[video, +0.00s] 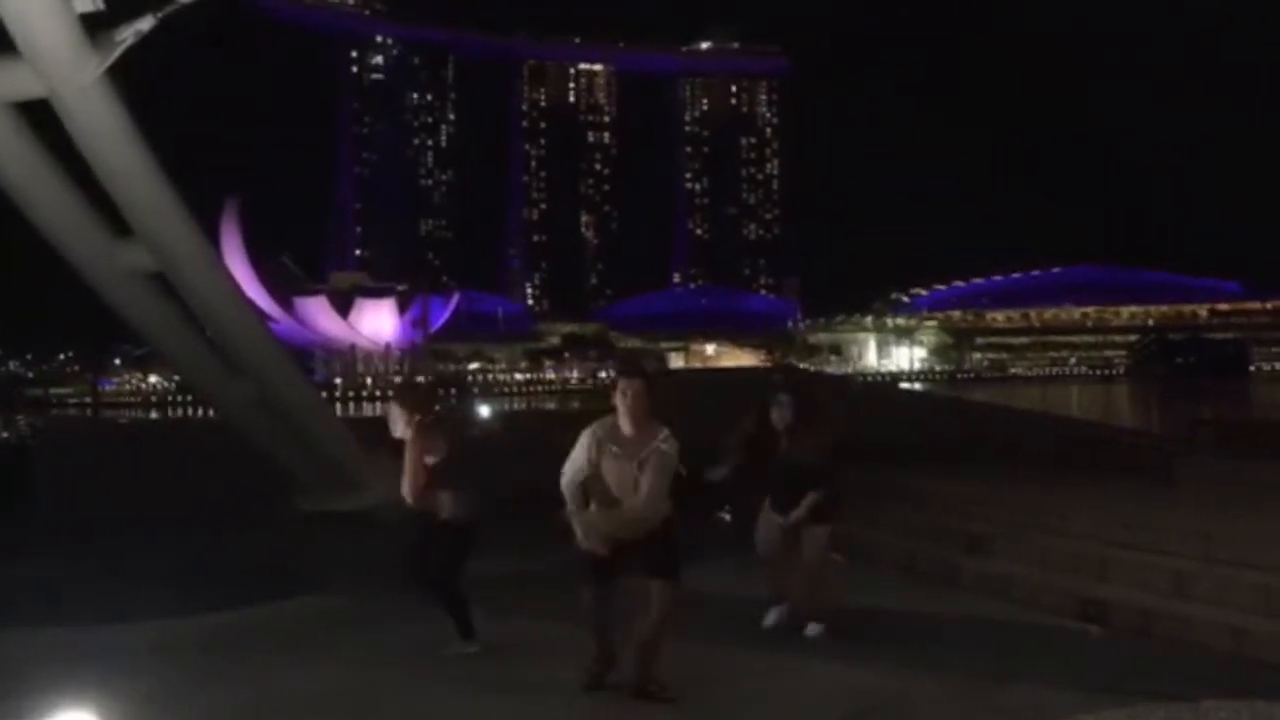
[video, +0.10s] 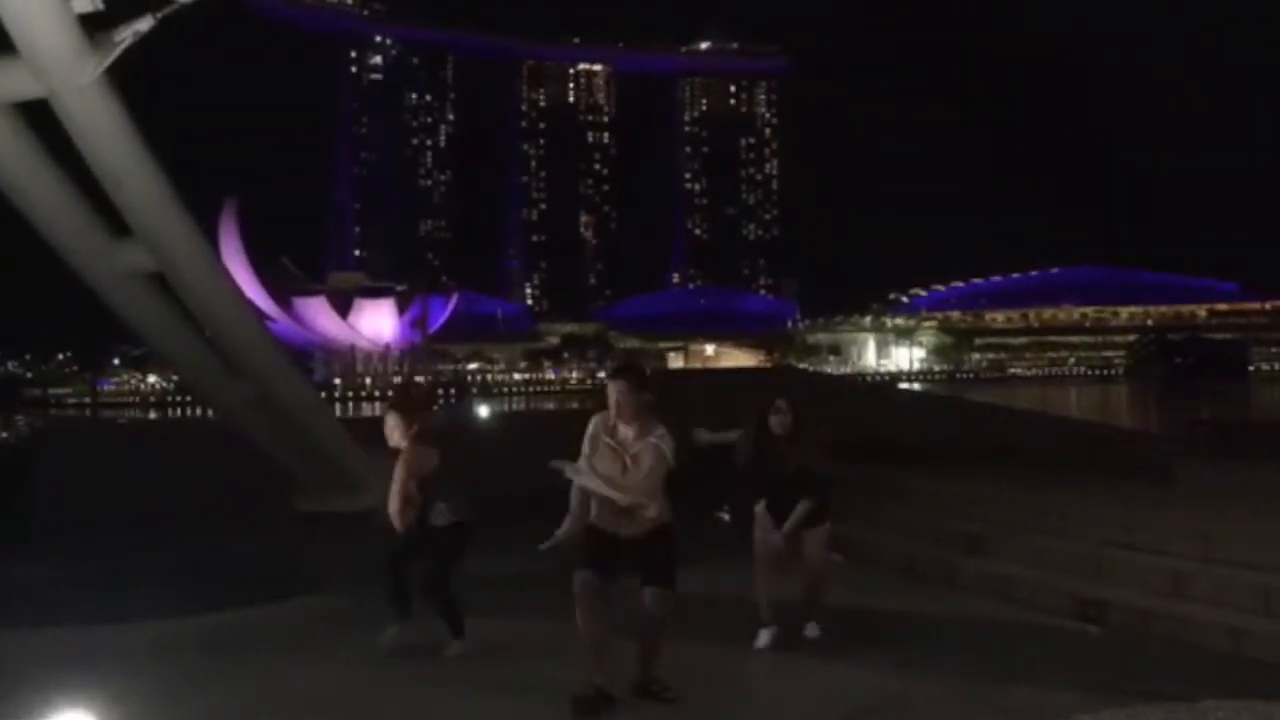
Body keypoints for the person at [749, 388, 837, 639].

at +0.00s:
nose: (778, 414)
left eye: (784, 408)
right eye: (775, 408)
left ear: (795, 413)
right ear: (769, 412)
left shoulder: (809, 445)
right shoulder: (770, 443)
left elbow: (819, 486)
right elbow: (768, 484)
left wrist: (798, 513)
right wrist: (770, 511)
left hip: (813, 505)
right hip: (779, 501)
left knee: (812, 562)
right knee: (767, 547)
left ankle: (816, 614)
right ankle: (778, 601)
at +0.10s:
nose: (779, 420)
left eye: (784, 414)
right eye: (774, 414)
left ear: (793, 418)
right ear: (766, 419)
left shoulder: (804, 446)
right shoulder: (759, 448)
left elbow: (812, 494)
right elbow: (756, 494)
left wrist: (785, 531)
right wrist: (769, 531)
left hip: (807, 512)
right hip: (769, 512)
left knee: (814, 562)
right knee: (762, 563)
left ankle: (811, 619)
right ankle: (766, 623)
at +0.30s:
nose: (772, 422)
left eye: (777, 417)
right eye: (769, 417)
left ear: (788, 421)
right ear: (765, 420)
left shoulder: (798, 450)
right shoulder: (755, 445)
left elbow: (809, 493)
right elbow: (736, 427)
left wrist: (783, 523)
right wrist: (721, 416)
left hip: (801, 519)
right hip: (763, 516)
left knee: (804, 569)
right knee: (763, 575)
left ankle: (805, 618)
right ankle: (769, 629)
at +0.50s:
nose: (769, 417)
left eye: (775, 412)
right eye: (767, 411)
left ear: (787, 416)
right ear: (760, 414)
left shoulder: (797, 445)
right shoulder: (750, 441)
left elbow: (827, 468)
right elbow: (722, 439)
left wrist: (807, 493)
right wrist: (690, 436)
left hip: (789, 508)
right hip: (755, 506)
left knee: (789, 560)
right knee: (751, 554)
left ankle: (799, 614)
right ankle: (756, 608)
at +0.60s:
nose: (767, 416)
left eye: (773, 411)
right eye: (764, 411)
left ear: (783, 415)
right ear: (757, 414)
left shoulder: (794, 445)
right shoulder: (750, 443)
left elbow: (824, 464)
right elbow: (727, 467)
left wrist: (822, 488)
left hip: (784, 513)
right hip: (750, 512)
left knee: (781, 566)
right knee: (749, 565)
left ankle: (801, 615)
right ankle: (758, 616)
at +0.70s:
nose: (764, 417)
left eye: (770, 411)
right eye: (761, 411)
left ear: (781, 415)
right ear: (756, 414)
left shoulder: (791, 444)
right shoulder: (747, 443)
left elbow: (822, 464)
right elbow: (732, 483)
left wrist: (825, 496)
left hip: (780, 511)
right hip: (746, 510)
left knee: (772, 564)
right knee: (743, 563)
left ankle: (799, 613)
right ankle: (758, 615)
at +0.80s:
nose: (762, 417)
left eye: (768, 412)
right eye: (761, 412)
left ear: (781, 417)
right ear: (755, 415)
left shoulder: (790, 445)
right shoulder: (746, 445)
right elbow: (730, 484)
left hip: (780, 514)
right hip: (746, 513)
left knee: (781, 564)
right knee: (748, 566)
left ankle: (793, 612)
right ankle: (758, 615)